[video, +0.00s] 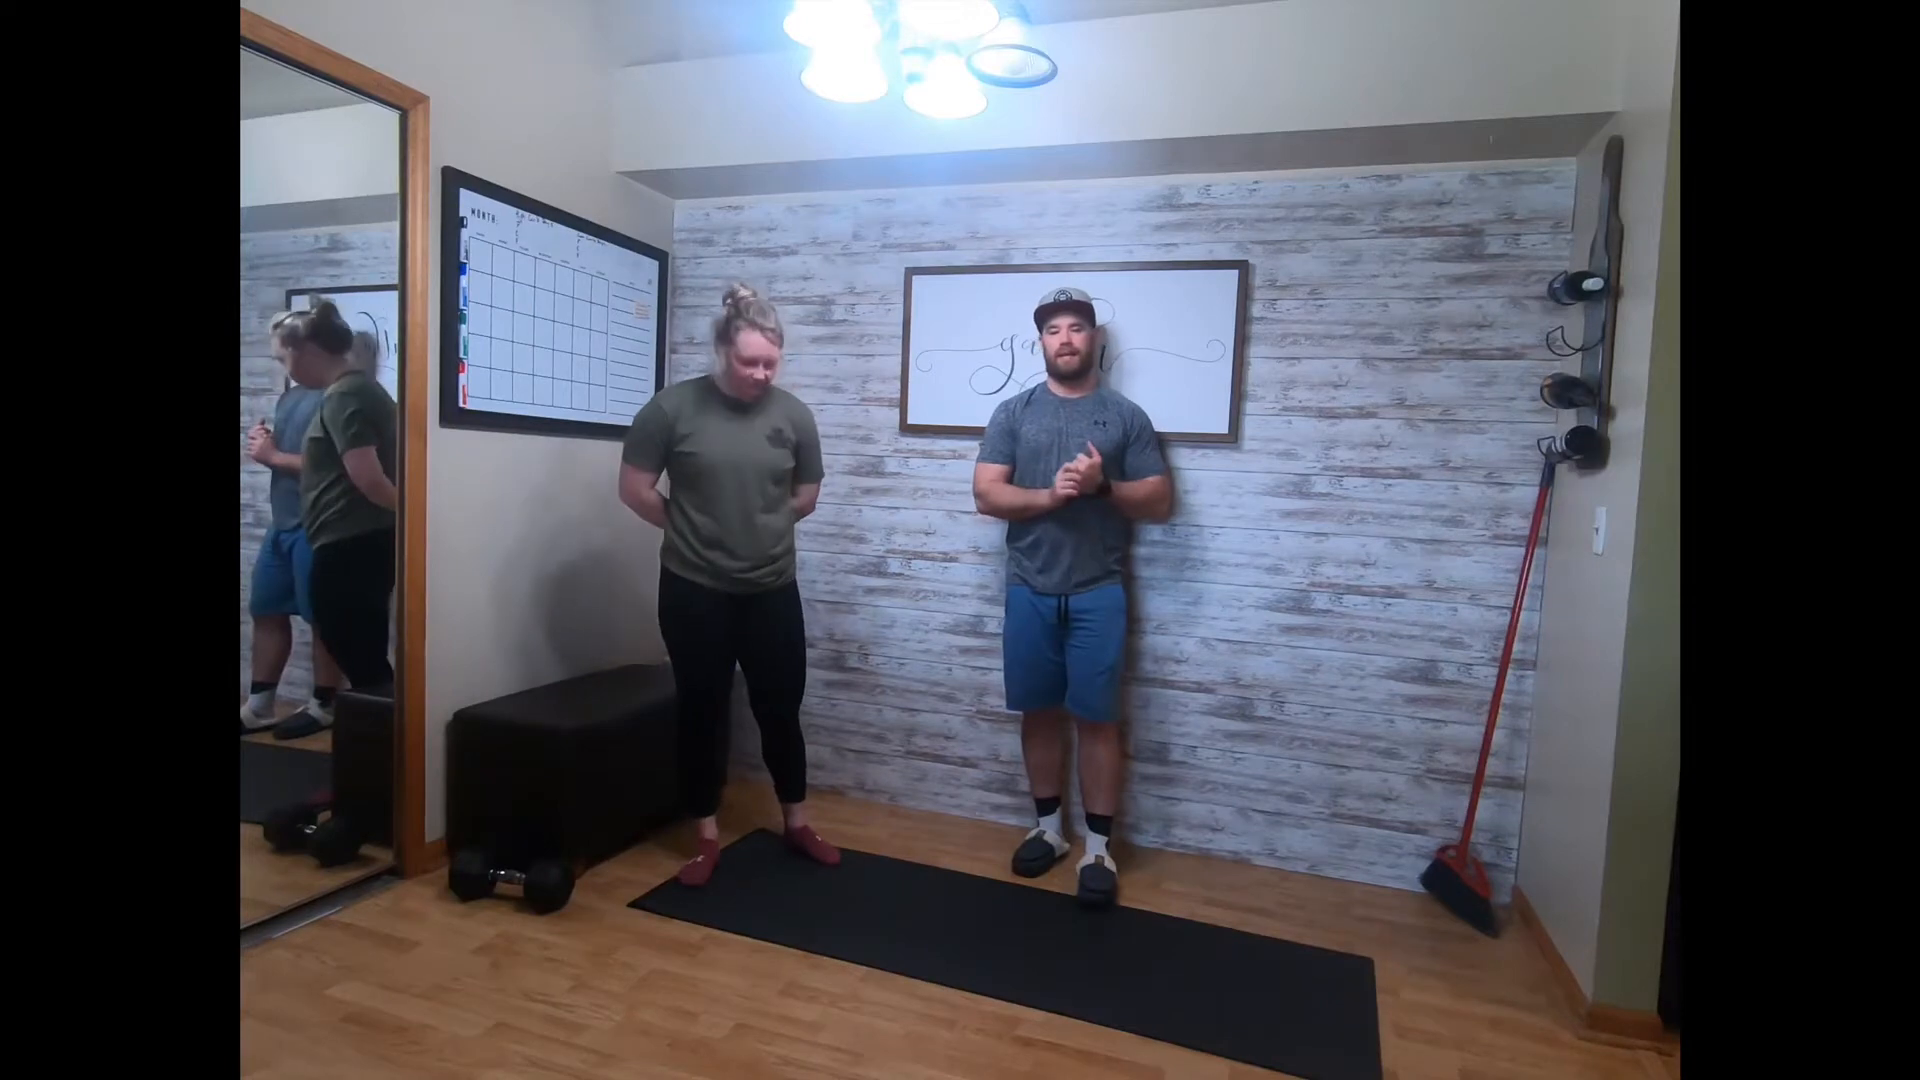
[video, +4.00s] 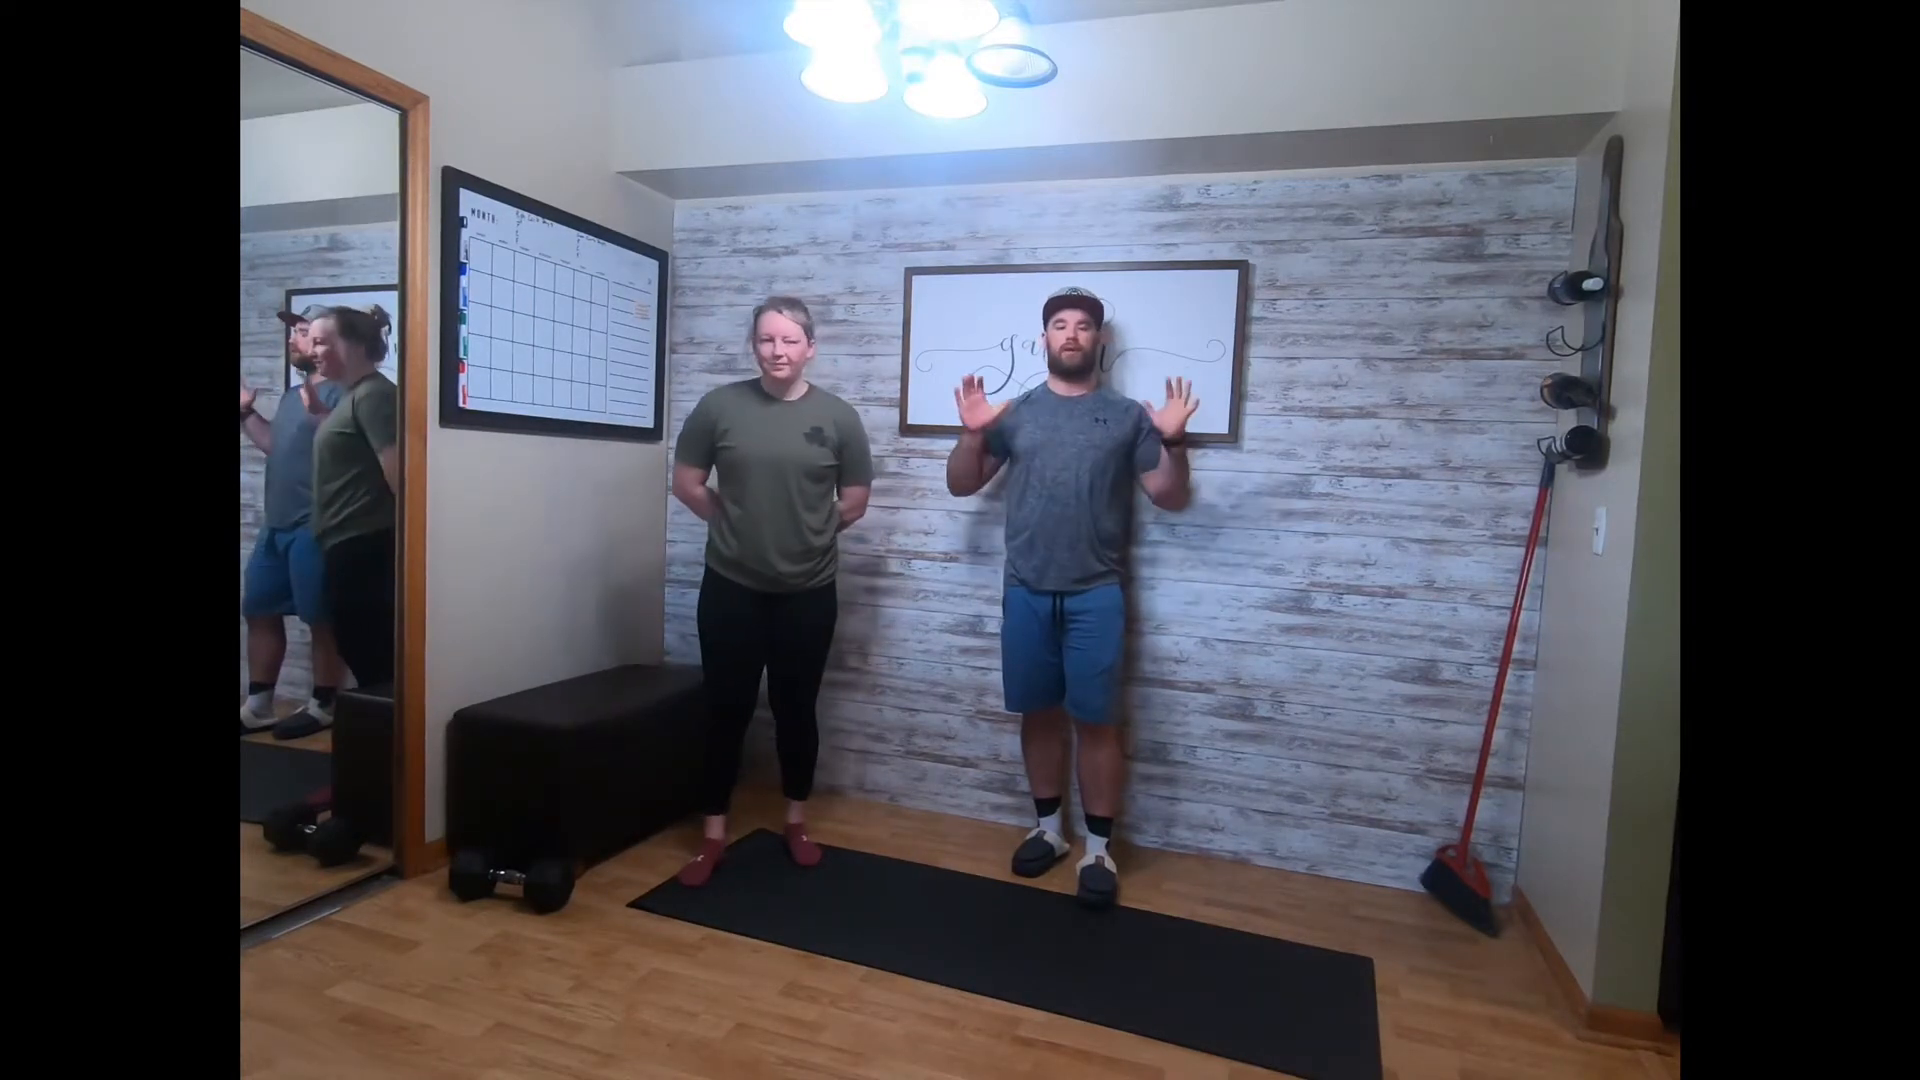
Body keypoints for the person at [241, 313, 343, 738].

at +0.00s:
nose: (281, 365)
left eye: (284, 356)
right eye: (279, 358)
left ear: (304, 349)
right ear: (288, 354)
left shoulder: (330, 397)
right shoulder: (290, 398)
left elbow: (325, 463)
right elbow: (293, 449)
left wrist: (272, 454)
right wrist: (268, 443)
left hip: (316, 526)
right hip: (282, 525)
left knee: (321, 619)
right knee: (267, 610)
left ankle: (324, 706)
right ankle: (260, 703)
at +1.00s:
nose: (295, 340)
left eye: (305, 332)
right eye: (295, 333)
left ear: (329, 343)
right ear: (296, 344)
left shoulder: (339, 396)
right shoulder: (286, 397)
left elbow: (324, 465)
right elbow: (286, 455)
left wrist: (272, 451)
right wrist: (267, 443)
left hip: (317, 530)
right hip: (279, 527)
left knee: (319, 621)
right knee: (266, 612)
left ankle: (324, 706)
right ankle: (259, 704)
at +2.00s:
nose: (300, 340)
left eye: (309, 333)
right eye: (301, 332)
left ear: (331, 343)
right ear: (301, 344)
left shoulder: (340, 395)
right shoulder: (292, 395)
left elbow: (329, 467)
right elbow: (277, 443)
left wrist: (273, 454)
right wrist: (267, 440)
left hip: (316, 526)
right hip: (280, 526)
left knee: (321, 619)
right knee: (266, 611)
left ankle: (324, 706)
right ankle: (259, 704)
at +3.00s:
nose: (298, 339)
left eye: (308, 333)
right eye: (298, 332)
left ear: (329, 344)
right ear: (299, 341)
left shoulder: (342, 397)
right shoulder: (289, 395)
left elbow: (339, 465)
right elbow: (278, 443)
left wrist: (275, 461)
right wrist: (264, 441)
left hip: (319, 525)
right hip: (278, 524)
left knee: (322, 619)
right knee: (263, 610)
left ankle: (323, 707)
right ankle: (260, 703)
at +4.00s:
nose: (294, 339)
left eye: (304, 332)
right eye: (295, 333)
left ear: (326, 342)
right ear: (299, 344)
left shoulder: (343, 392)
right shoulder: (294, 394)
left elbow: (346, 447)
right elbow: (276, 446)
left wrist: (317, 412)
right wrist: (248, 413)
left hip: (317, 523)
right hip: (276, 523)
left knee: (321, 617)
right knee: (260, 608)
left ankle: (324, 706)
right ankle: (259, 704)